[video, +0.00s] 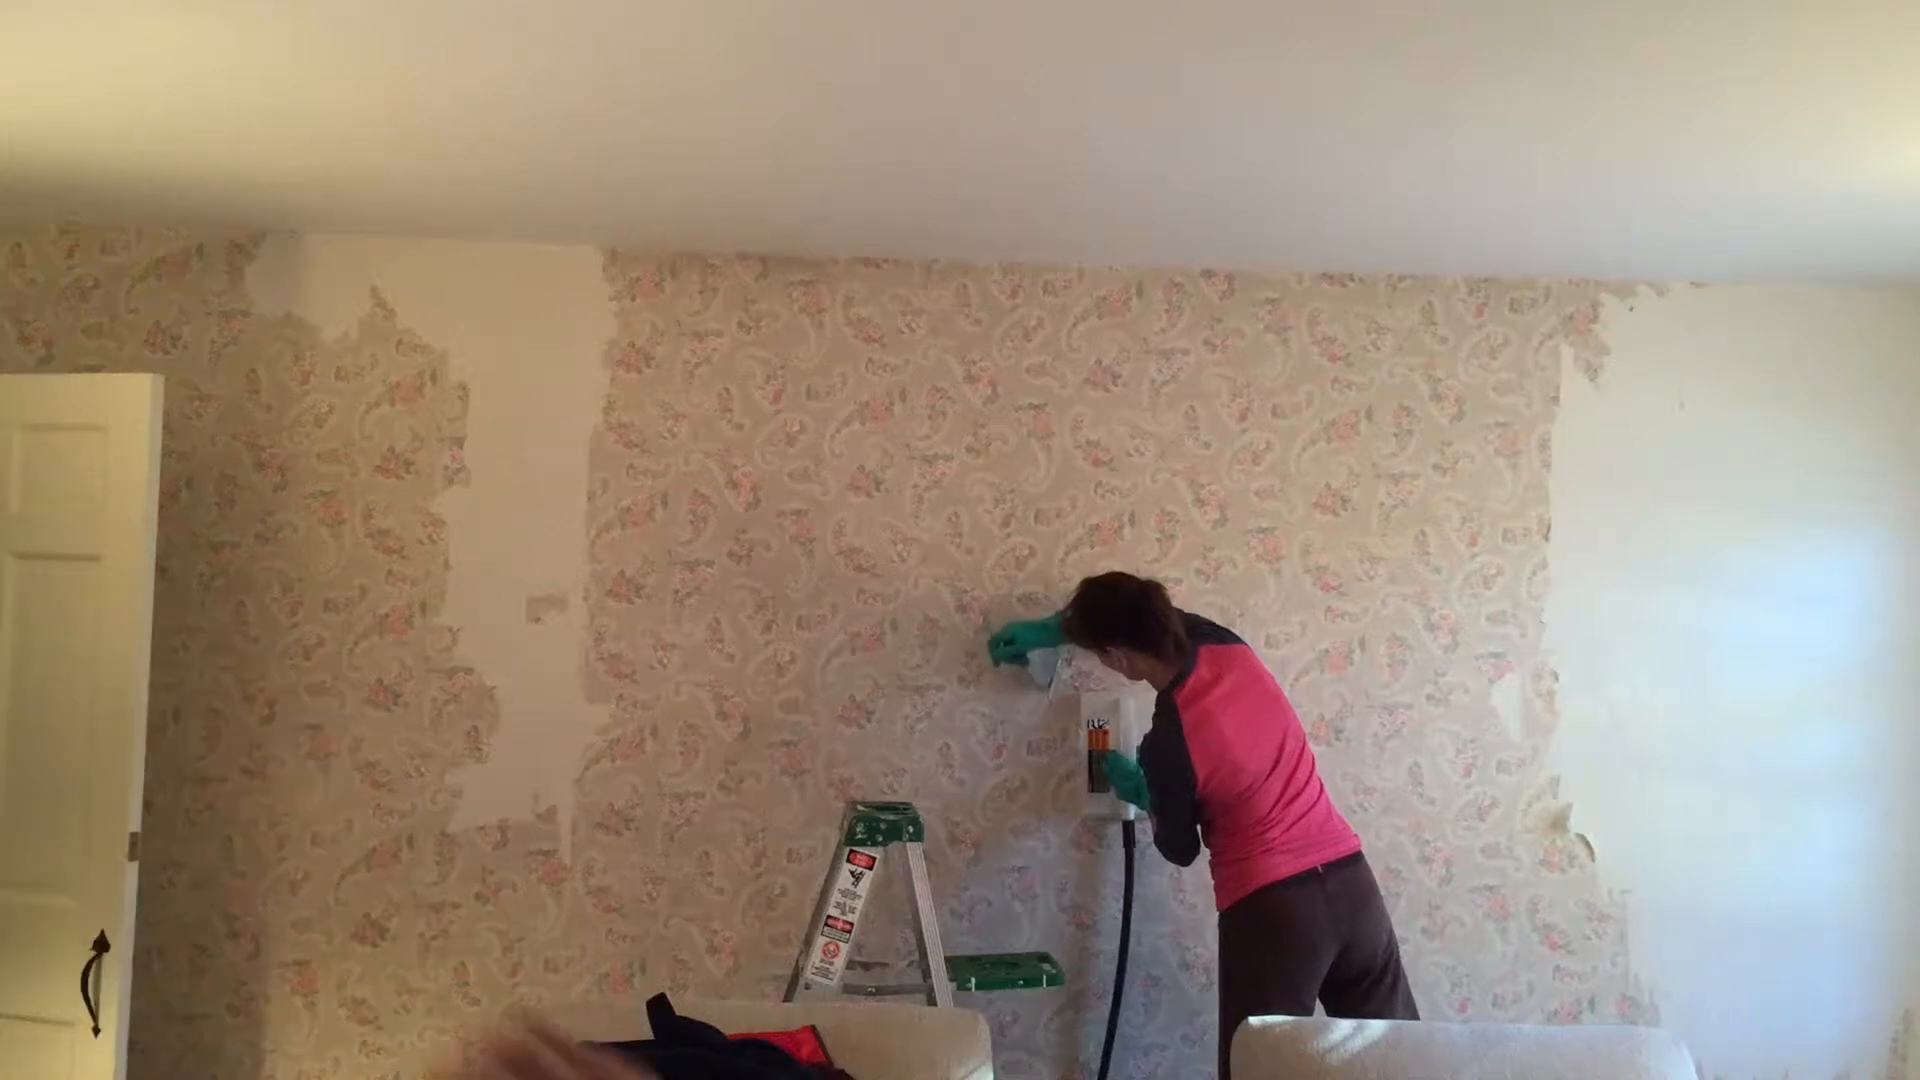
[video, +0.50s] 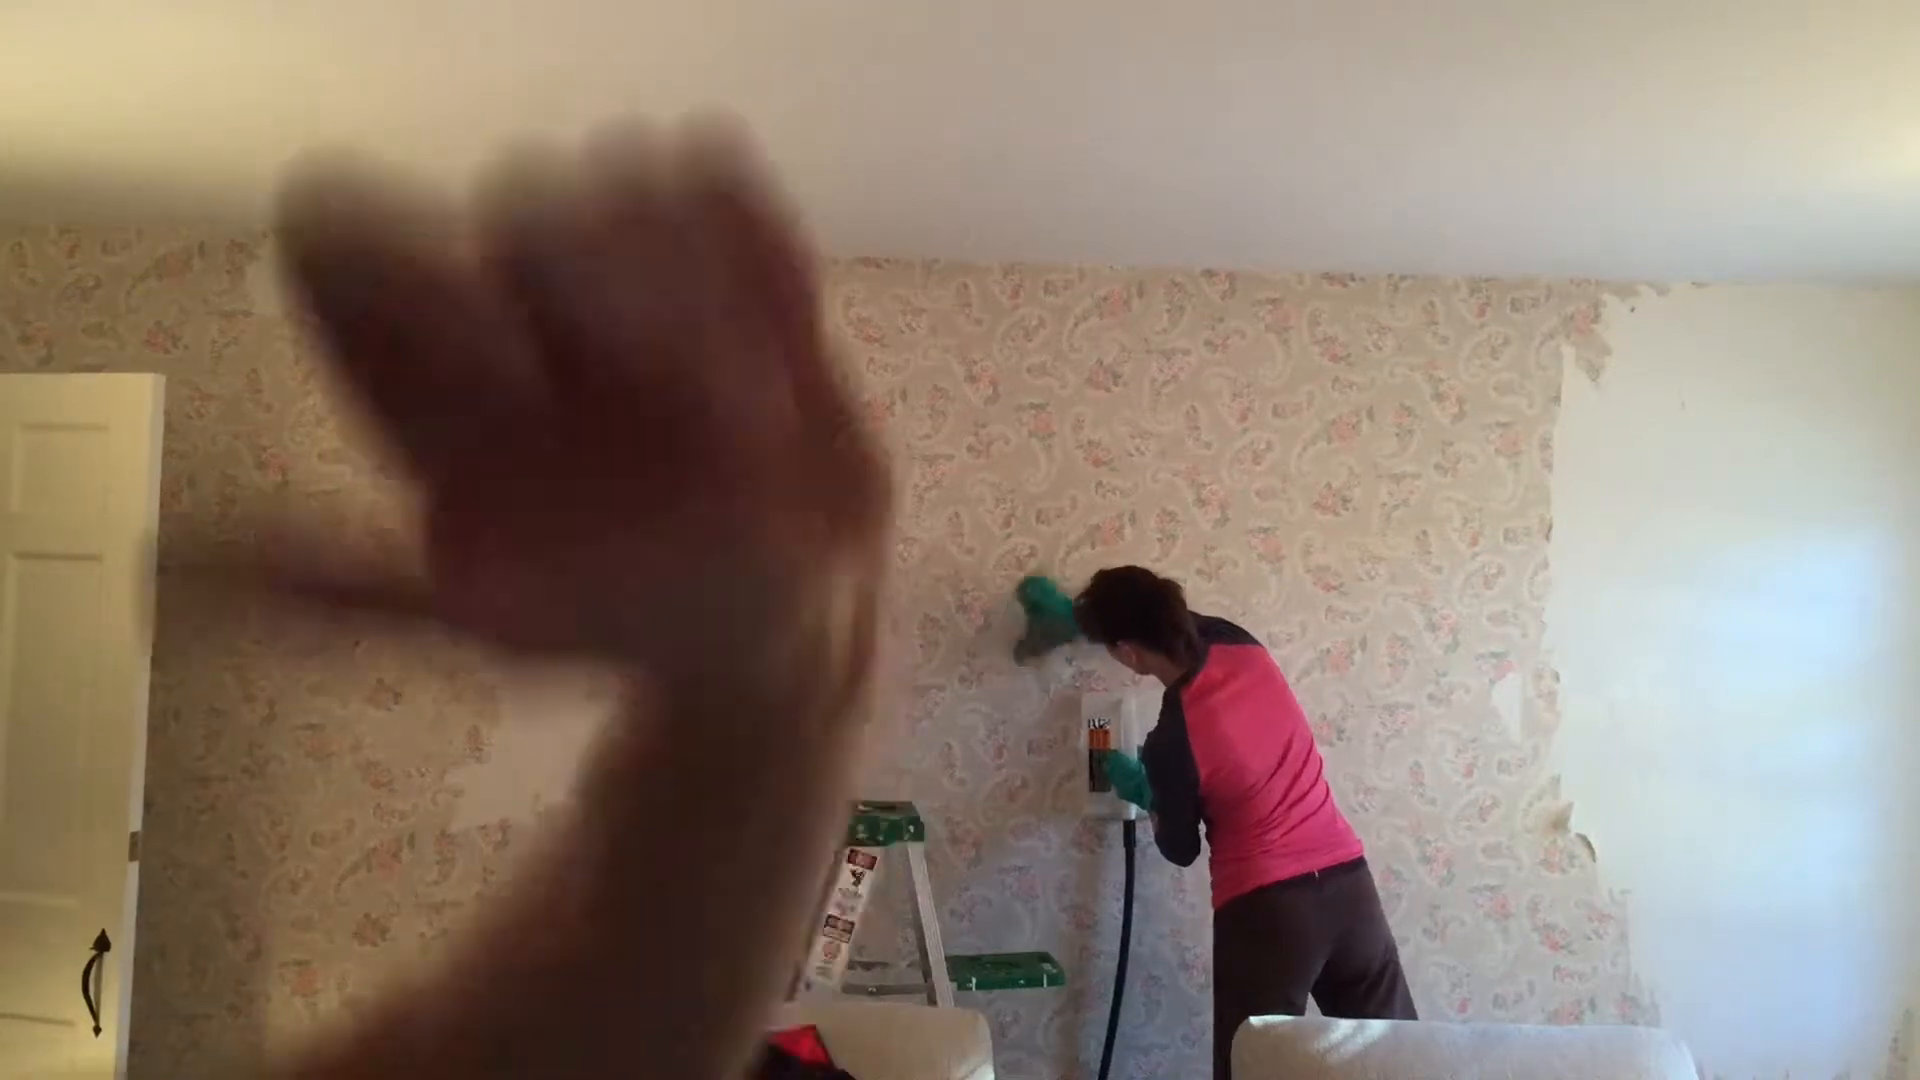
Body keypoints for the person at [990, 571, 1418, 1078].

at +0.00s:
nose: (1107, 665)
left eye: (1104, 654)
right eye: (1099, 655)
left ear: (1123, 653)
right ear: (1159, 614)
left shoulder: (1167, 740)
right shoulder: (1232, 649)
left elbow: (1180, 847)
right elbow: (1138, 612)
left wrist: (1138, 790)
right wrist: (1046, 630)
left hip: (1271, 917)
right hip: (1353, 889)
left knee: (1255, 1070)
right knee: (1401, 1060)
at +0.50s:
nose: (1119, 659)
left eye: (1114, 649)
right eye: (1113, 649)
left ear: (1129, 651)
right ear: (1178, 611)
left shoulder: (1171, 740)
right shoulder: (1241, 645)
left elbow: (1181, 848)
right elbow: (1164, 613)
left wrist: (1143, 791)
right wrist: (1074, 617)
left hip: (1266, 917)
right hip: (1350, 892)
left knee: (1250, 1073)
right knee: (1402, 1060)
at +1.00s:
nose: (1181, 621)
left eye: (1180, 607)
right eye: (1178, 608)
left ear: (1203, 610)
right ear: (1258, 595)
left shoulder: (1207, 709)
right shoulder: (1323, 660)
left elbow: (1169, 804)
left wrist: (1127, 736)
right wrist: (1286, 639)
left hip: (1258, 917)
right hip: (1353, 911)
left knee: (1245, 1074)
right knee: (1380, 1070)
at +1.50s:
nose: (1241, 608)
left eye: (1249, 594)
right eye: (1241, 594)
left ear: (1296, 599)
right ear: (1302, 597)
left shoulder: (1264, 691)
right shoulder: (1393, 685)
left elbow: (1180, 768)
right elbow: (1451, 804)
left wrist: (1129, 712)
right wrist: (1399, 735)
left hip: (1278, 920)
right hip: (1374, 922)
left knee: (1262, 1075)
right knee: (1385, 1074)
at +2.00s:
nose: (1254, 619)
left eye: (1266, 604)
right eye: (1252, 605)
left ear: (1317, 602)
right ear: (1322, 603)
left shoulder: (1283, 685)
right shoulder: (1398, 688)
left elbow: (1184, 749)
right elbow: (1445, 809)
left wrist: (1125, 705)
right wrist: (1373, 764)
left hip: (1296, 922)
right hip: (1389, 925)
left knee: (1269, 1073)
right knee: (1397, 1074)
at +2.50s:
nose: (1277, 608)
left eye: (1279, 593)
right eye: (1277, 593)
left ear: (1302, 596)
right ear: (1354, 594)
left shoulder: (1276, 686)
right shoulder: (1416, 695)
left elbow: (1176, 758)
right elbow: (1445, 835)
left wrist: (1127, 709)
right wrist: (1390, 786)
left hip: (1279, 927)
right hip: (1378, 934)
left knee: (1260, 1075)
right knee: (1385, 1076)